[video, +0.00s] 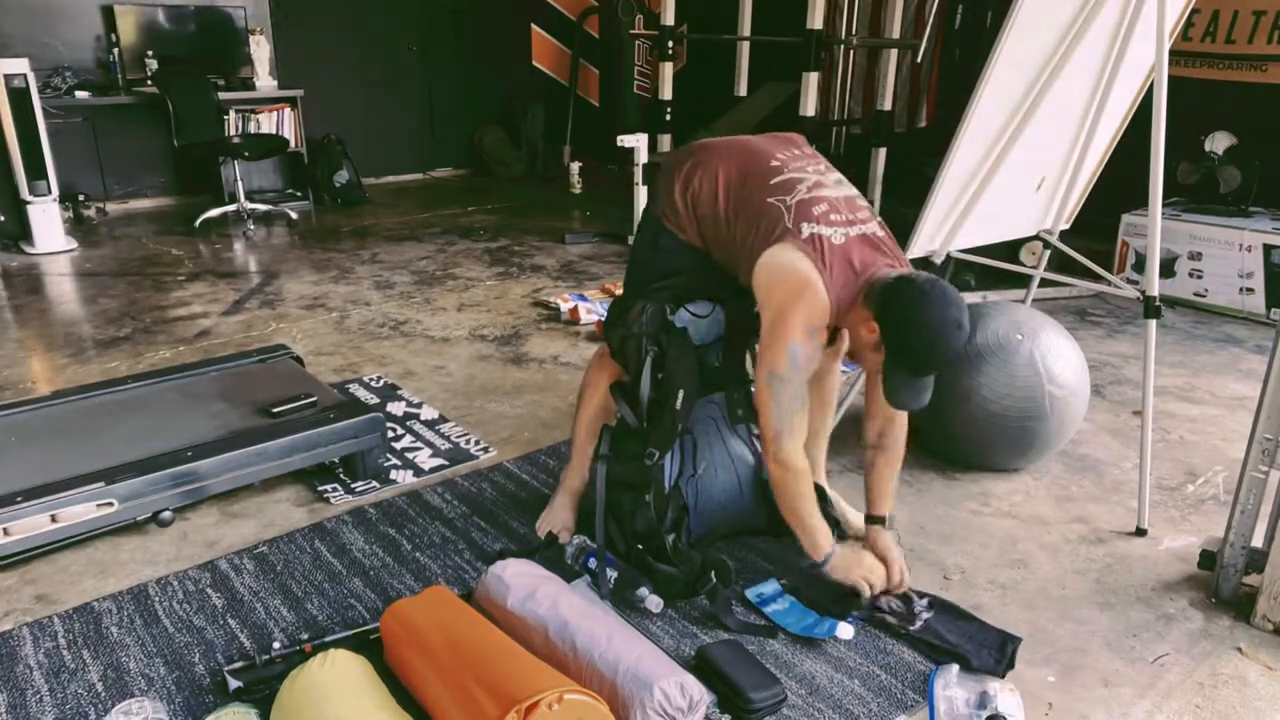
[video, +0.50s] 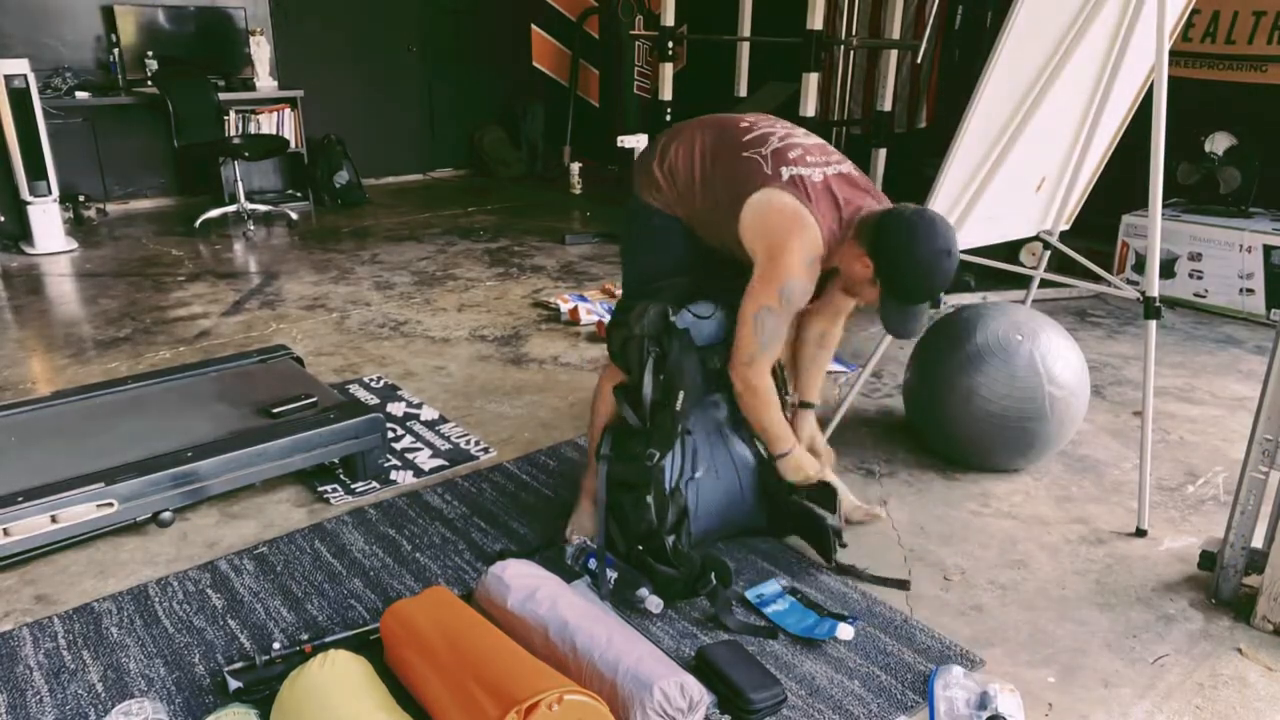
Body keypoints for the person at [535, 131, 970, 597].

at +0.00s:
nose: (881, 376)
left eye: (893, 375)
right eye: (883, 369)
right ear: (867, 327)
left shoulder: (904, 295)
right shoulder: (800, 294)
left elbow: (885, 419)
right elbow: (780, 451)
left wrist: (882, 527)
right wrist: (829, 553)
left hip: (784, 171)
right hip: (690, 187)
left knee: (833, 344)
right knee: (622, 350)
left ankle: (811, 483)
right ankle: (570, 488)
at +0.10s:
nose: (888, 379)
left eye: (901, 378)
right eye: (891, 370)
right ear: (878, 328)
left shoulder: (911, 298)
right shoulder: (815, 298)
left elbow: (895, 425)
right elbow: (792, 452)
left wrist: (892, 527)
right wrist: (831, 562)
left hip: (789, 173)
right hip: (698, 189)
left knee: (840, 351)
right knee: (627, 354)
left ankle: (811, 481)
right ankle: (570, 490)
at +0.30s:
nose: (872, 323)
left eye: (883, 321)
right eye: (876, 311)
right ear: (864, 273)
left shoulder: (888, 241)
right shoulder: (800, 244)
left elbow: (843, 342)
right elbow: (756, 374)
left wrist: (831, 439)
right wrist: (798, 452)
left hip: (751, 217)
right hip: (668, 193)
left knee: (798, 343)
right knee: (624, 348)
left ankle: (816, 501)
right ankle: (570, 489)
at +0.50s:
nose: (875, 305)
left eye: (886, 302)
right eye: (880, 297)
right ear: (862, 263)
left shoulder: (883, 226)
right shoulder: (796, 242)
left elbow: (824, 320)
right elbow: (748, 371)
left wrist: (806, 412)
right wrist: (788, 455)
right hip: (668, 187)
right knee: (638, 351)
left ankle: (822, 491)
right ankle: (593, 499)